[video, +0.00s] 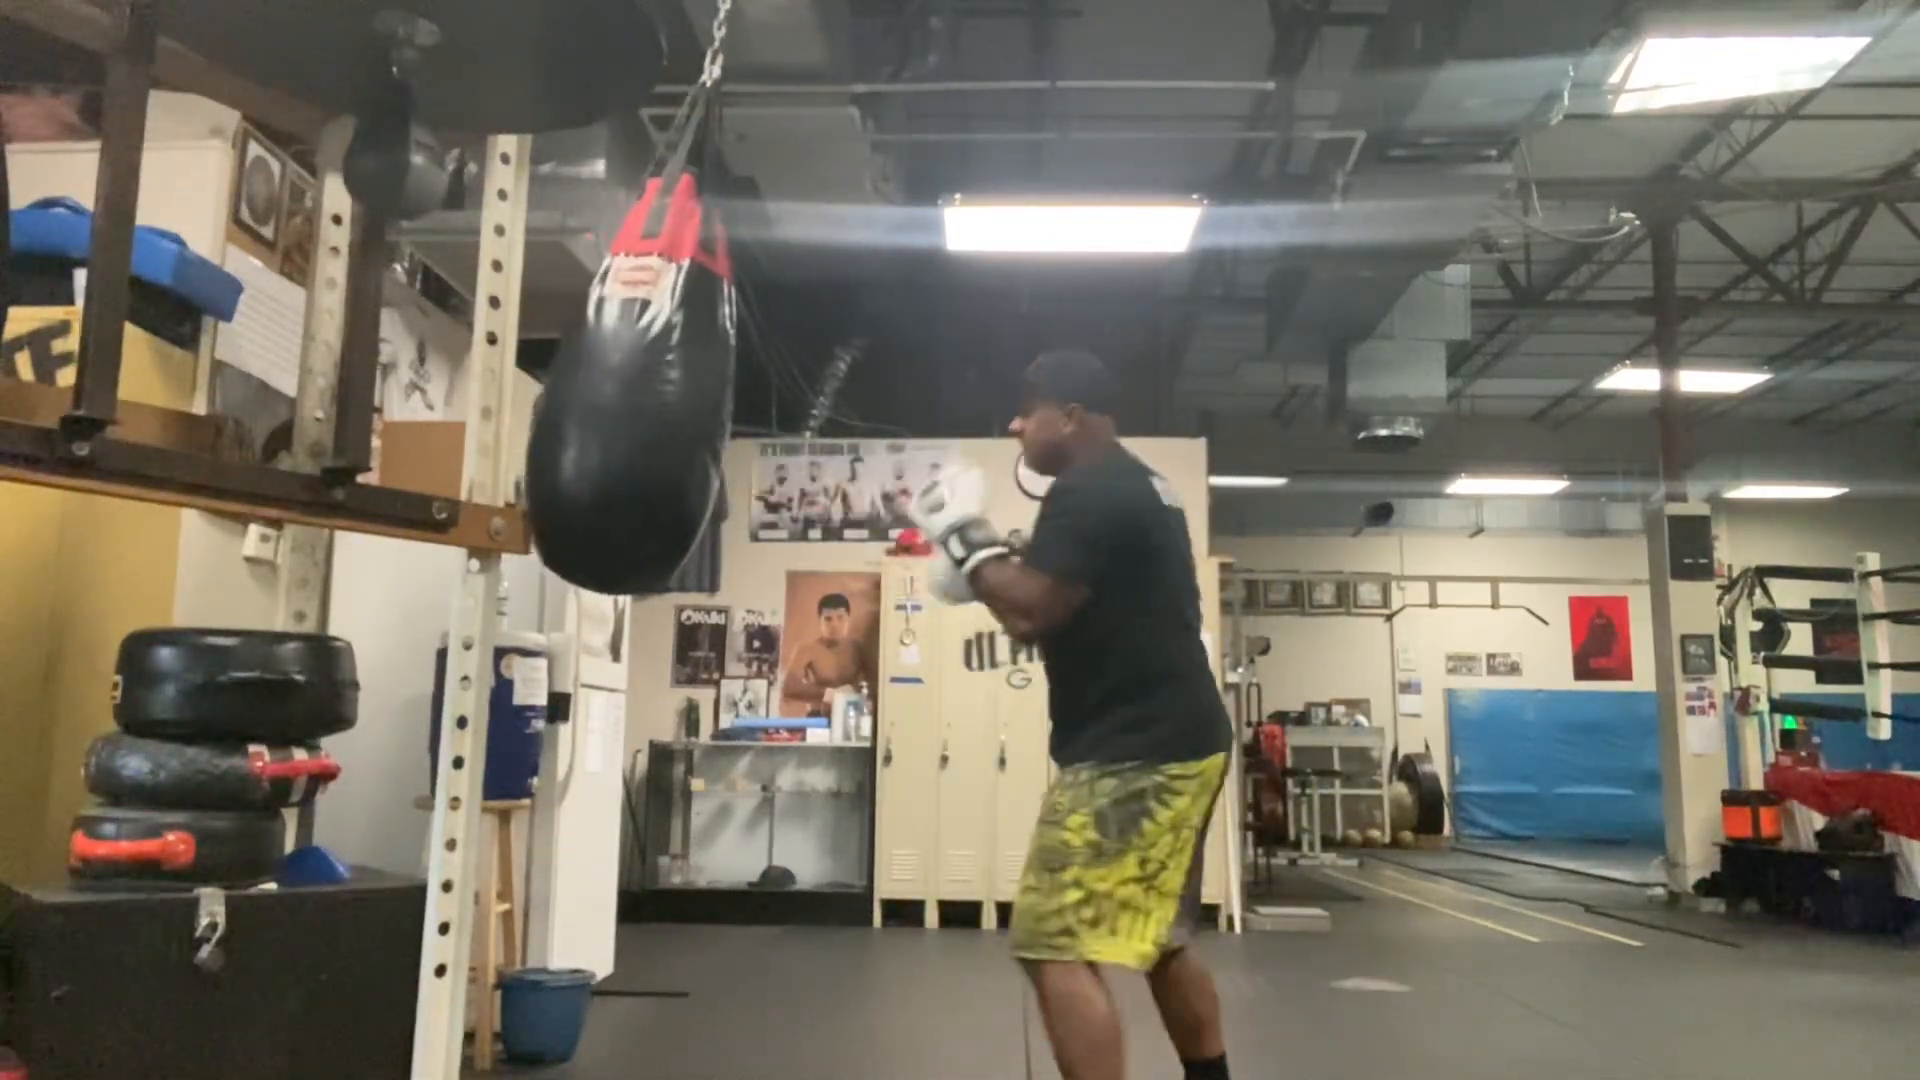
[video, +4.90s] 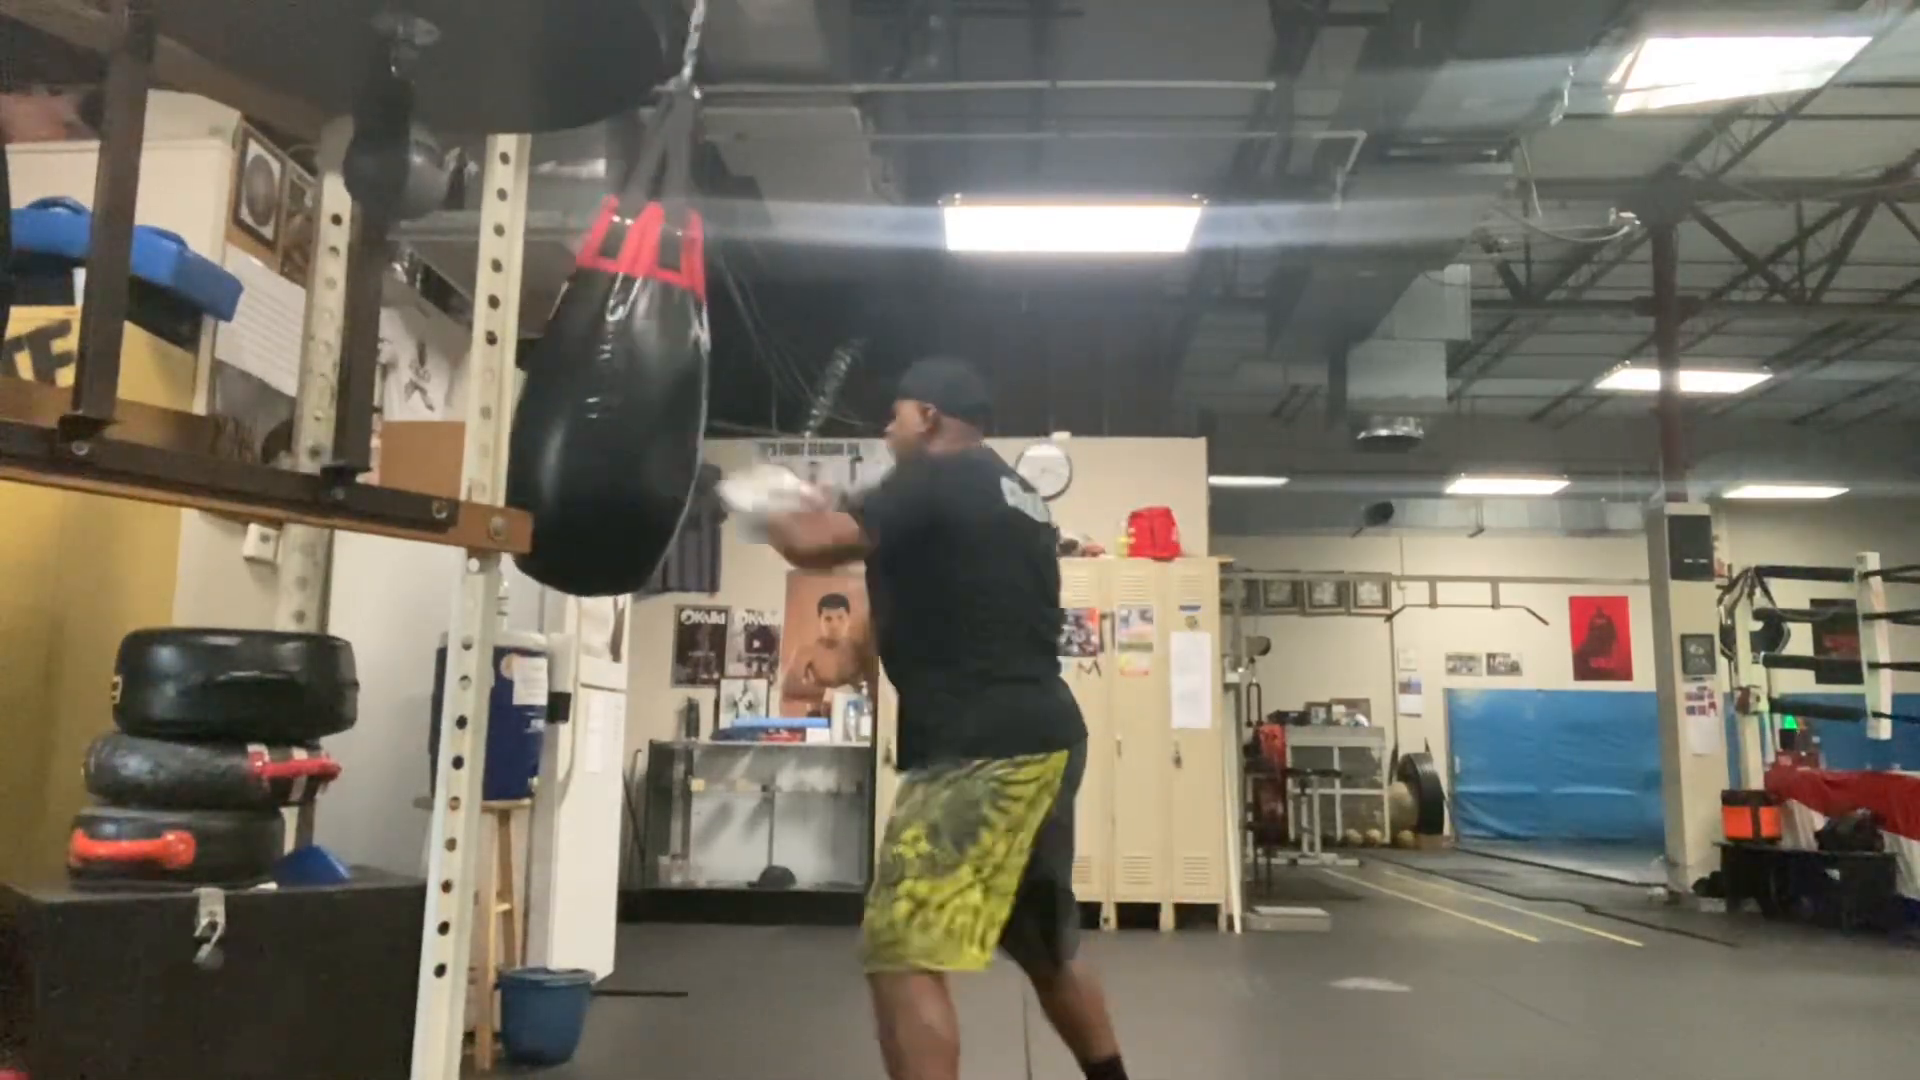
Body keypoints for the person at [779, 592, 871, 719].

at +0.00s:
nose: (834, 625)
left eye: (840, 618)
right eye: (828, 619)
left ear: (848, 620)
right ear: (819, 621)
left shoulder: (857, 650)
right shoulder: (805, 651)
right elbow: (789, 688)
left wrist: (816, 688)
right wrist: (829, 694)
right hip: (819, 717)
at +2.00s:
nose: (834, 625)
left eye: (840, 618)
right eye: (828, 619)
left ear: (848, 620)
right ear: (819, 620)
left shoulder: (859, 650)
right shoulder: (806, 652)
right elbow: (789, 687)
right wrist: (825, 692)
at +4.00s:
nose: (834, 624)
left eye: (840, 618)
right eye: (828, 619)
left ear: (848, 620)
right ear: (819, 621)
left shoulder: (857, 652)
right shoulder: (807, 652)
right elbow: (790, 688)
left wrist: (816, 687)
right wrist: (828, 693)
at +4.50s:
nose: (834, 625)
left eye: (840, 618)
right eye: (828, 619)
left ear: (848, 620)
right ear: (819, 621)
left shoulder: (857, 651)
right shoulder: (808, 652)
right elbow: (790, 688)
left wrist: (816, 685)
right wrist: (828, 693)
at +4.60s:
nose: (834, 625)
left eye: (840, 618)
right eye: (828, 619)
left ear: (847, 620)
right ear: (820, 620)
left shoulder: (858, 651)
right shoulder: (807, 652)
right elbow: (790, 688)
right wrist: (828, 693)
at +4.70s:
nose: (834, 625)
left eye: (840, 618)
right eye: (828, 619)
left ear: (848, 620)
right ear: (819, 620)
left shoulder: (857, 651)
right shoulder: (808, 652)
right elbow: (789, 687)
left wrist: (817, 685)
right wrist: (826, 693)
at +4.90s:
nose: (834, 625)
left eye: (840, 618)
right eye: (828, 619)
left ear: (848, 619)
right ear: (819, 620)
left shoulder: (858, 652)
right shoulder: (807, 652)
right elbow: (789, 688)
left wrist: (816, 686)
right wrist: (827, 693)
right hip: (819, 717)